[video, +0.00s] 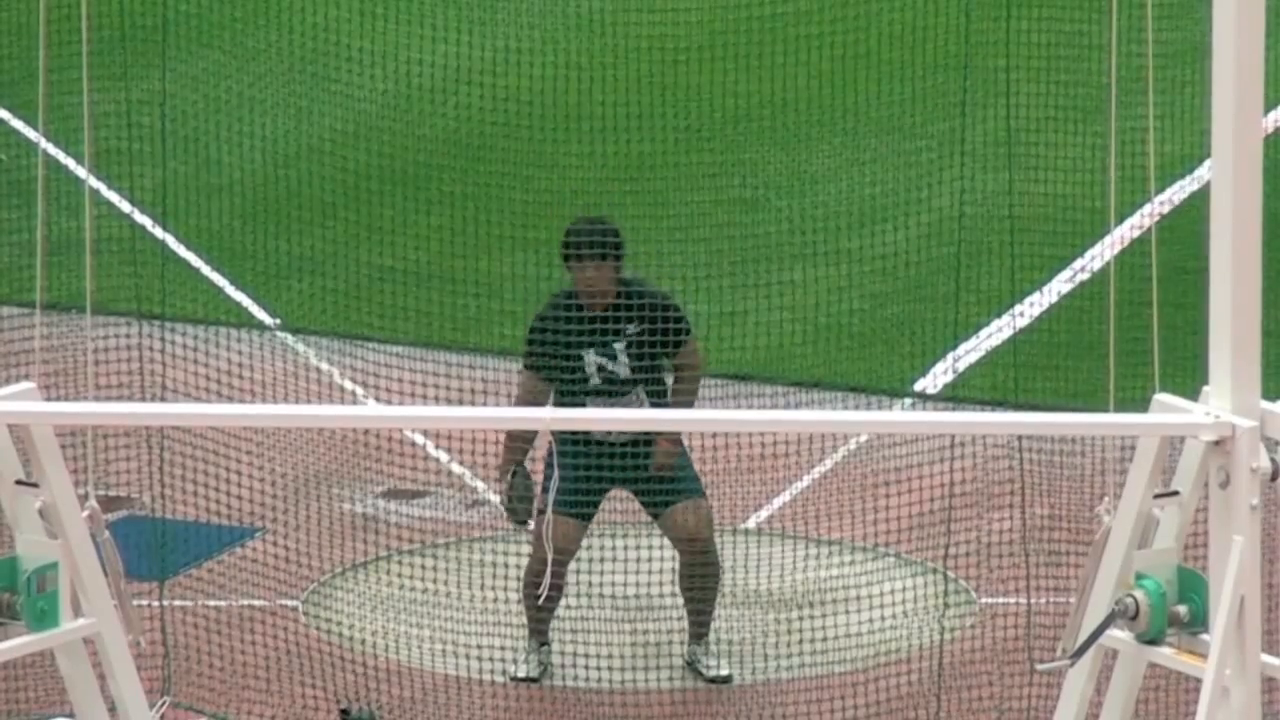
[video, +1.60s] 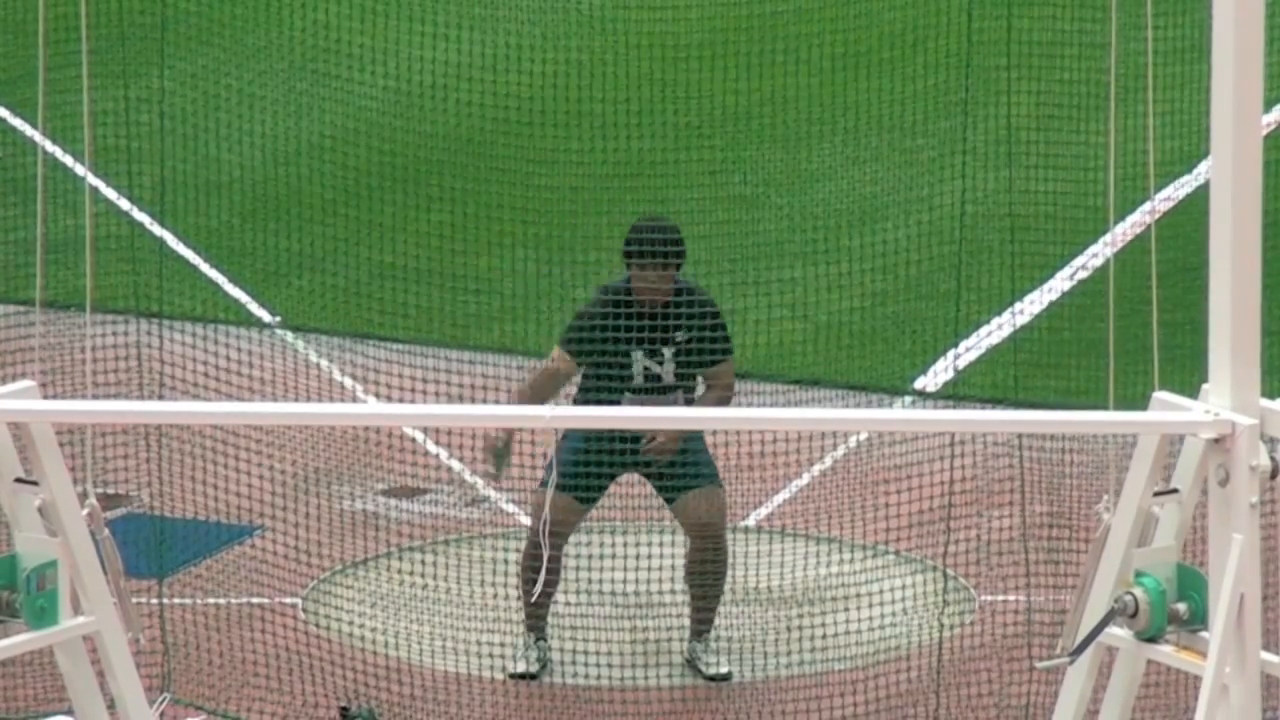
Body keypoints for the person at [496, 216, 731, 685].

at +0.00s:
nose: (592, 274)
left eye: (601, 263)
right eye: (581, 264)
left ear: (619, 264)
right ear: (568, 268)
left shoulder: (655, 310)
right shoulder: (554, 322)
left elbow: (689, 367)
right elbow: (530, 401)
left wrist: (672, 431)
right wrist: (510, 466)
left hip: (649, 443)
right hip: (579, 447)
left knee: (697, 535)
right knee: (556, 544)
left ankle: (699, 646)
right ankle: (537, 646)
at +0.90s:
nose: (562, 251)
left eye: (572, 241)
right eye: (553, 241)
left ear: (591, 243)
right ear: (542, 244)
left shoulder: (622, 290)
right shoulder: (538, 291)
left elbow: (662, 362)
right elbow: (521, 357)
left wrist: (618, 421)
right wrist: (500, 377)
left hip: (641, 428)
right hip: (573, 430)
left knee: (688, 541)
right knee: (532, 532)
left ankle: (699, 643)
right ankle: (535, 643)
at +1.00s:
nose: (577, 253)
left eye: (585, 243)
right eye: (567, 243)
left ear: (603, 244)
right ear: (553, 244)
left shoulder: (626, 292)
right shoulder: (545, 278)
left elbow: (663, 369)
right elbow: (515, 307)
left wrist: (614, 425)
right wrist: (500, 310)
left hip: (641, 428)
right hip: (572, 428)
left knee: (688, 540)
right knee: (530, 530)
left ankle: (700, 643)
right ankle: (533, 640)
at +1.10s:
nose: (581, 257)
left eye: (591, 247)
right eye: (574, 246)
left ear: (612, 250)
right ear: (562, 246)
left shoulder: (635, 297)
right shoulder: (553, 271)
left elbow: (667, 376)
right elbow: (519, 254)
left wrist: (614, 425)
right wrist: (494, 243)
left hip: (642, 429)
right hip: (574, 428)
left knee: (691, 534)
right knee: (531, 526)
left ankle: (700, 643)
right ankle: (534, 641)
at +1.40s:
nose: (622, 271)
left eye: (632, 261)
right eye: (613, 260)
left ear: (648, 263)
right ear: (599, 259)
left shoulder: (671, 309)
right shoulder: (581, 290)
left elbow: (696, 388)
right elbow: (502, 275)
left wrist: (640, 427)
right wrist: (436, 260)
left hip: (662, 431)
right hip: (588, 427)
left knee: (703, 530)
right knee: (540, 524)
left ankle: (701, 642)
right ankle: (533, 639)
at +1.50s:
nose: (640, 277)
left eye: (649, 266)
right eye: (630, 266)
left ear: (664, 265)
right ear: (614, 263)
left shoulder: (687, 313)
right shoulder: (594, 299)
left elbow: (710, 391)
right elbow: (520, 322)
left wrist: (658, 428)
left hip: (671, 431)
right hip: (595, 427)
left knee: (707, 526)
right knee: (544, 525)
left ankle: (701, 642)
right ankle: (534, 640)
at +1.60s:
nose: (656, 279)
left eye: (665, 269)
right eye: (646, 269)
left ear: (678, 268)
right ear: (630, 268)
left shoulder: (699, 311)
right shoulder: (604, 309)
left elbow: (722, 387)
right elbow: (554, 373)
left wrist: (681, 427)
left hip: (671, 431)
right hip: (599, 429)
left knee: (710, 525)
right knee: (549, 524)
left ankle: (700, 642)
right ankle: (534, 639)